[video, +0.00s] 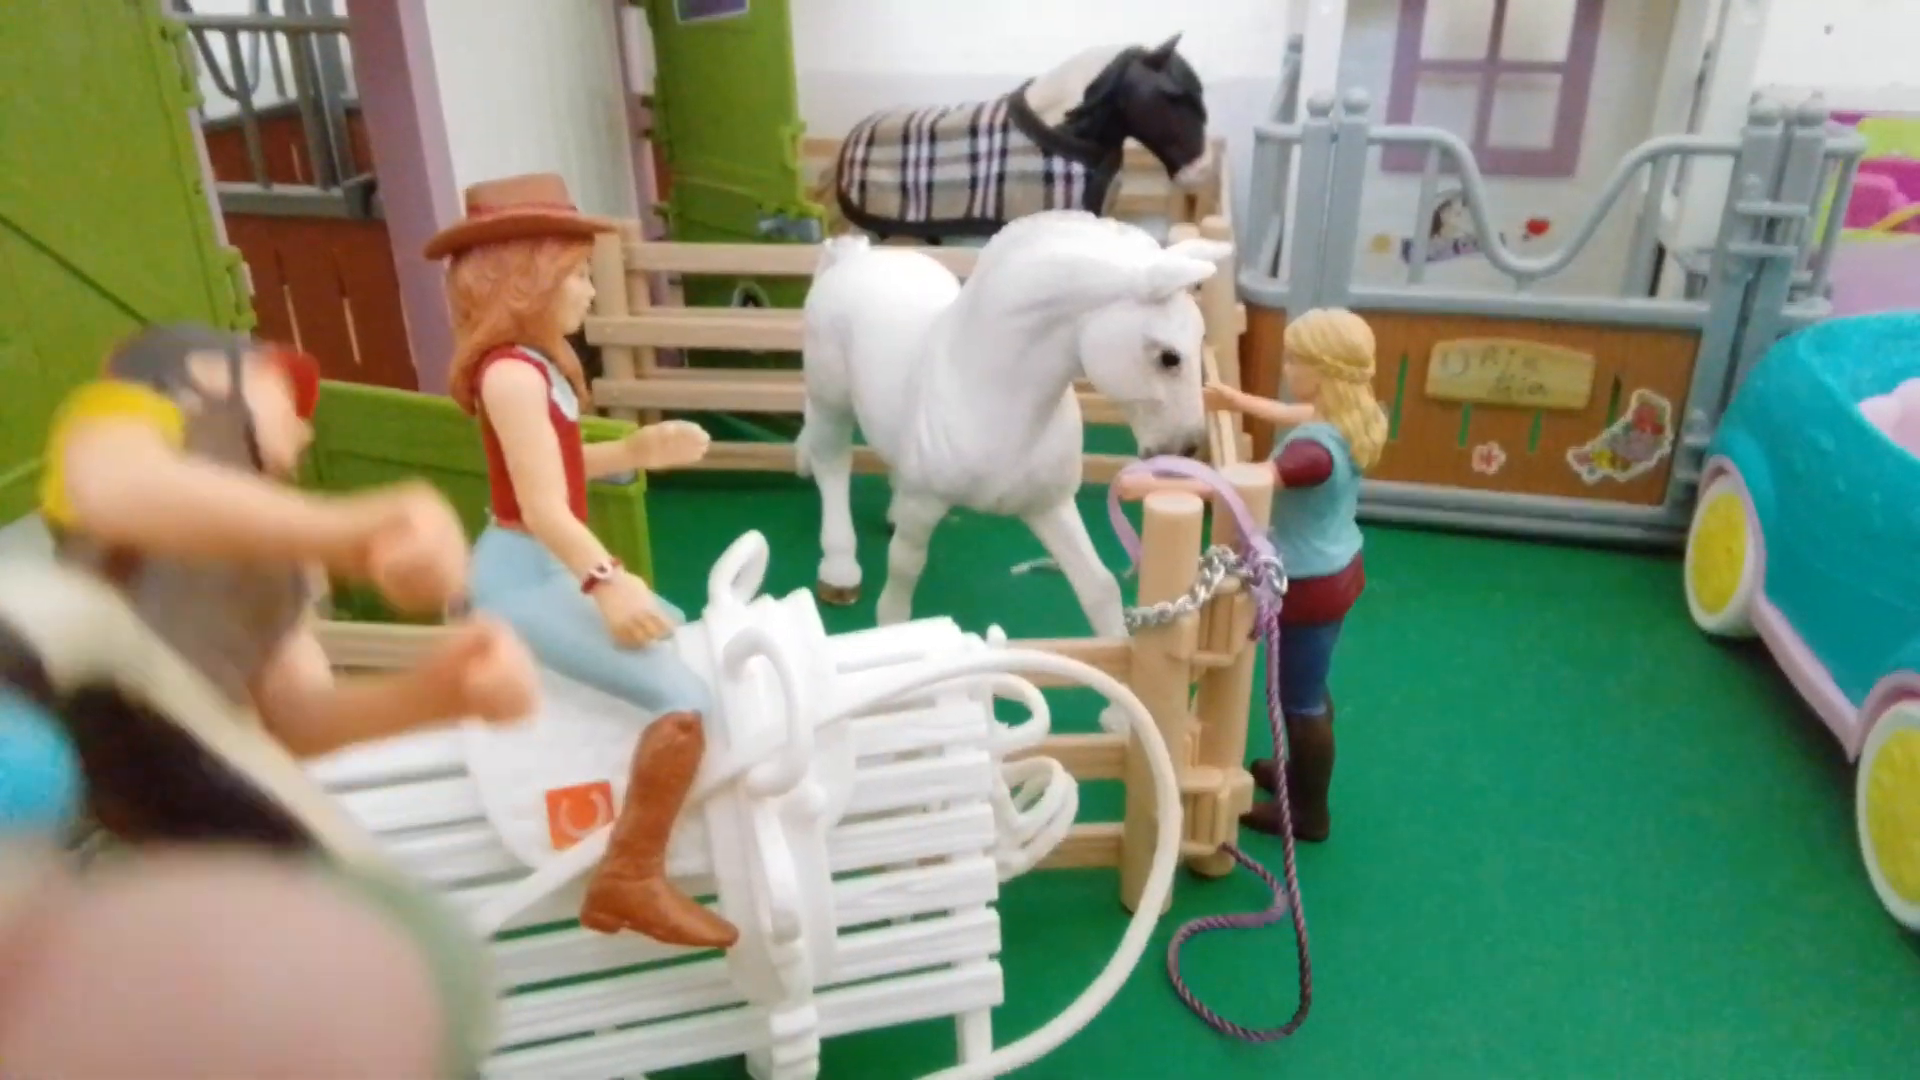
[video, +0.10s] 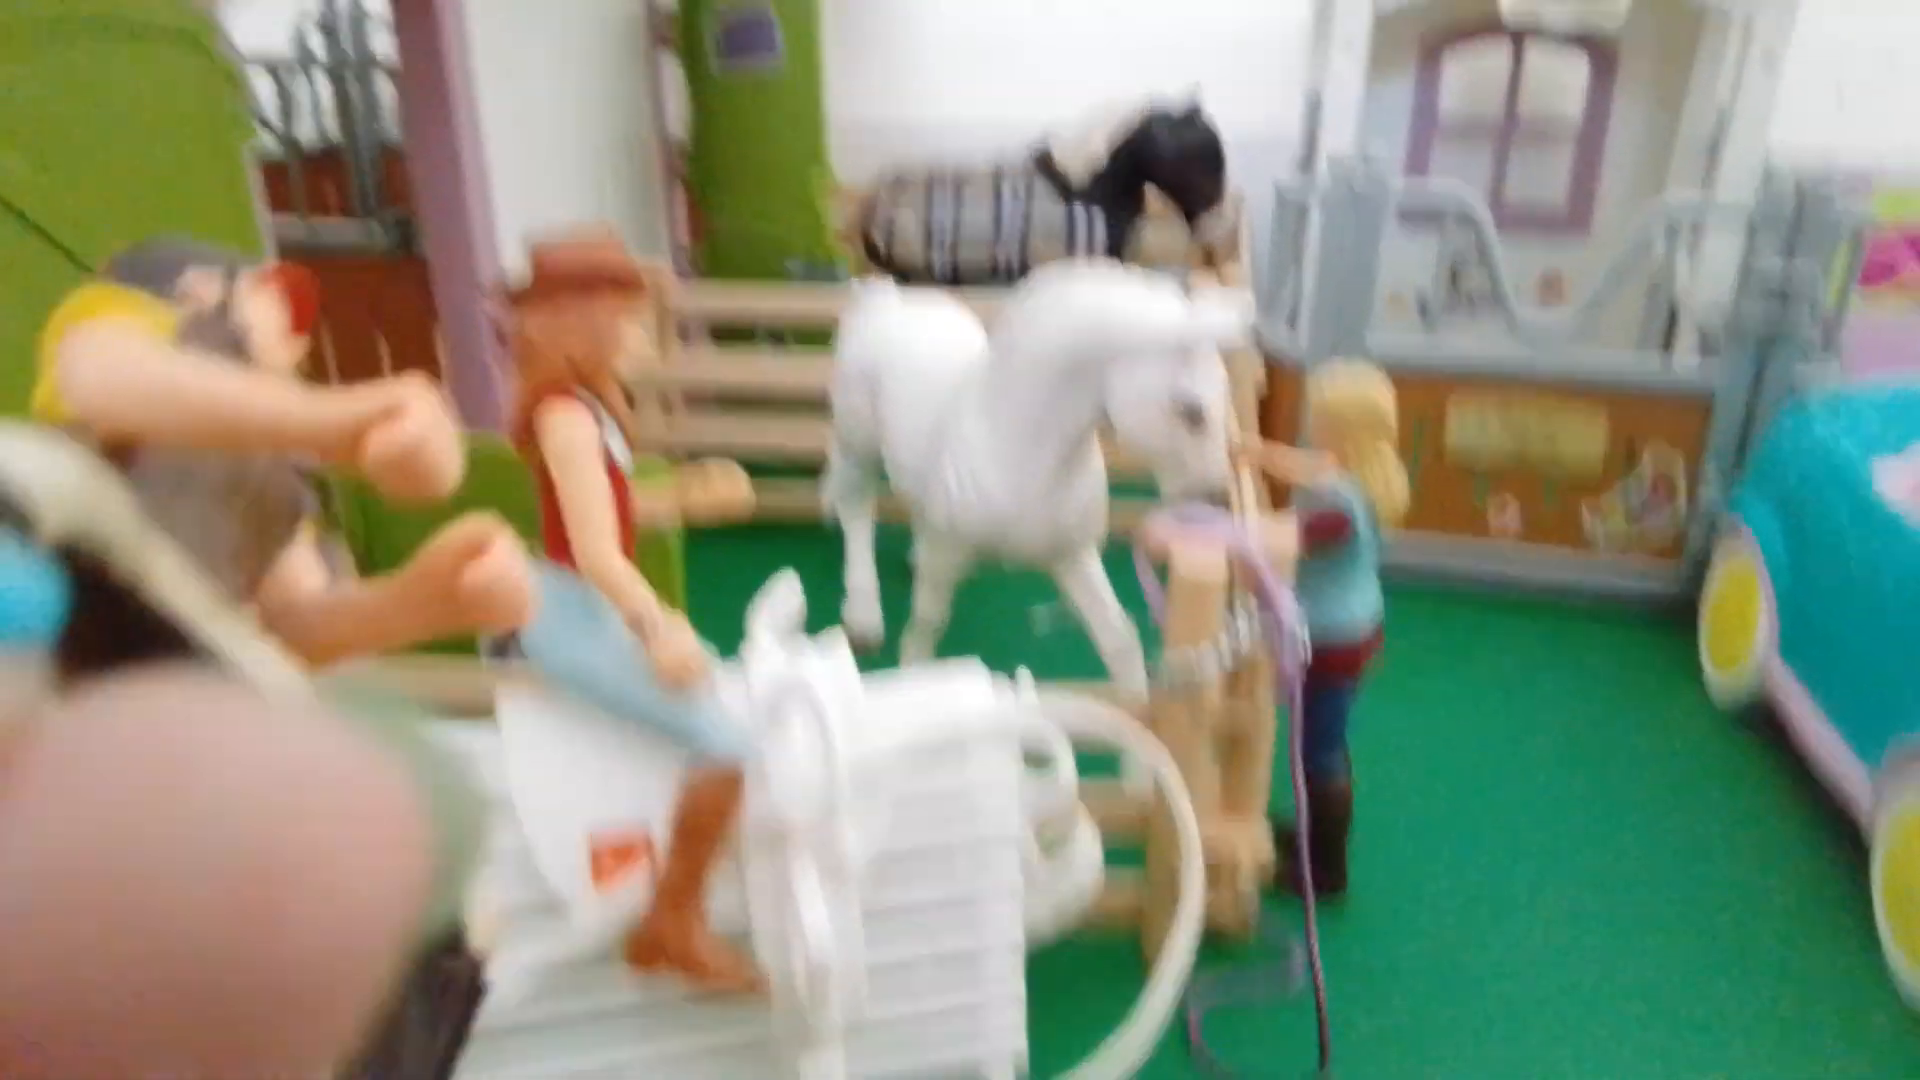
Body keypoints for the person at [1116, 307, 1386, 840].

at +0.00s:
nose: (1286, 371)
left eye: (1294, 362)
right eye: (1288, 361)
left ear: (1323, 372)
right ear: (1340, 373)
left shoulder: (1320, 447)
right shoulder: (1350, 418)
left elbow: (1251, 478)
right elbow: (1293, 416)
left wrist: (1165, 483)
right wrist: (1239, 399)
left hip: (1308, 588)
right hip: (1333, 569)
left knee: (1301, 702)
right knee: (1302, 683)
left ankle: (1305, 814)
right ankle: (1300, 774)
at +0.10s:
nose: (1312, 427)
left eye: (1319, 417)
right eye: (1315, 417)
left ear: (1338, 424)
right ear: (1372, 423)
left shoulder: (1341, 497)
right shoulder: (1363, 480)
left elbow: (1281, 536)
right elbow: (1307, 469)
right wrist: (1256, 449)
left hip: (1333, 635)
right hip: (1352, 625)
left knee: (1319, 750)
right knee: (1325, 743)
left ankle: (1323, 867)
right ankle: (1318, 847)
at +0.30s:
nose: (1307, 680)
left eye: (1314, 671)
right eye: (1309, 670)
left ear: (1339, 683)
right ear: (1352, 683)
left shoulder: (1339, 755)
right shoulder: (1361, 727)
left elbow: (1272, 786)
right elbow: (1311, 711)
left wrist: (1203, 781)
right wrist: (1257, 689)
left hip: (1336, 888)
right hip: (1364, 866)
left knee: (1332, 998)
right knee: (1338, 979)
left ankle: (1340, 1071)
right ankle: (1337, 1060)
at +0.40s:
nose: (1315, 680)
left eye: (1322, 673)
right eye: (1318, 671)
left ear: (1348, 685)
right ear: (1362, 684)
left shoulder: (1346, 761)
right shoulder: (1377, 723)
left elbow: (1269, 791)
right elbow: (1315, 711)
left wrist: (1195, 785)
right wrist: (1260, 689)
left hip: (1347, 886)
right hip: (1376, 861)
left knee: (1345, 995)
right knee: (1352, 976)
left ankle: (1354, 1072)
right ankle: (1350, 1056)